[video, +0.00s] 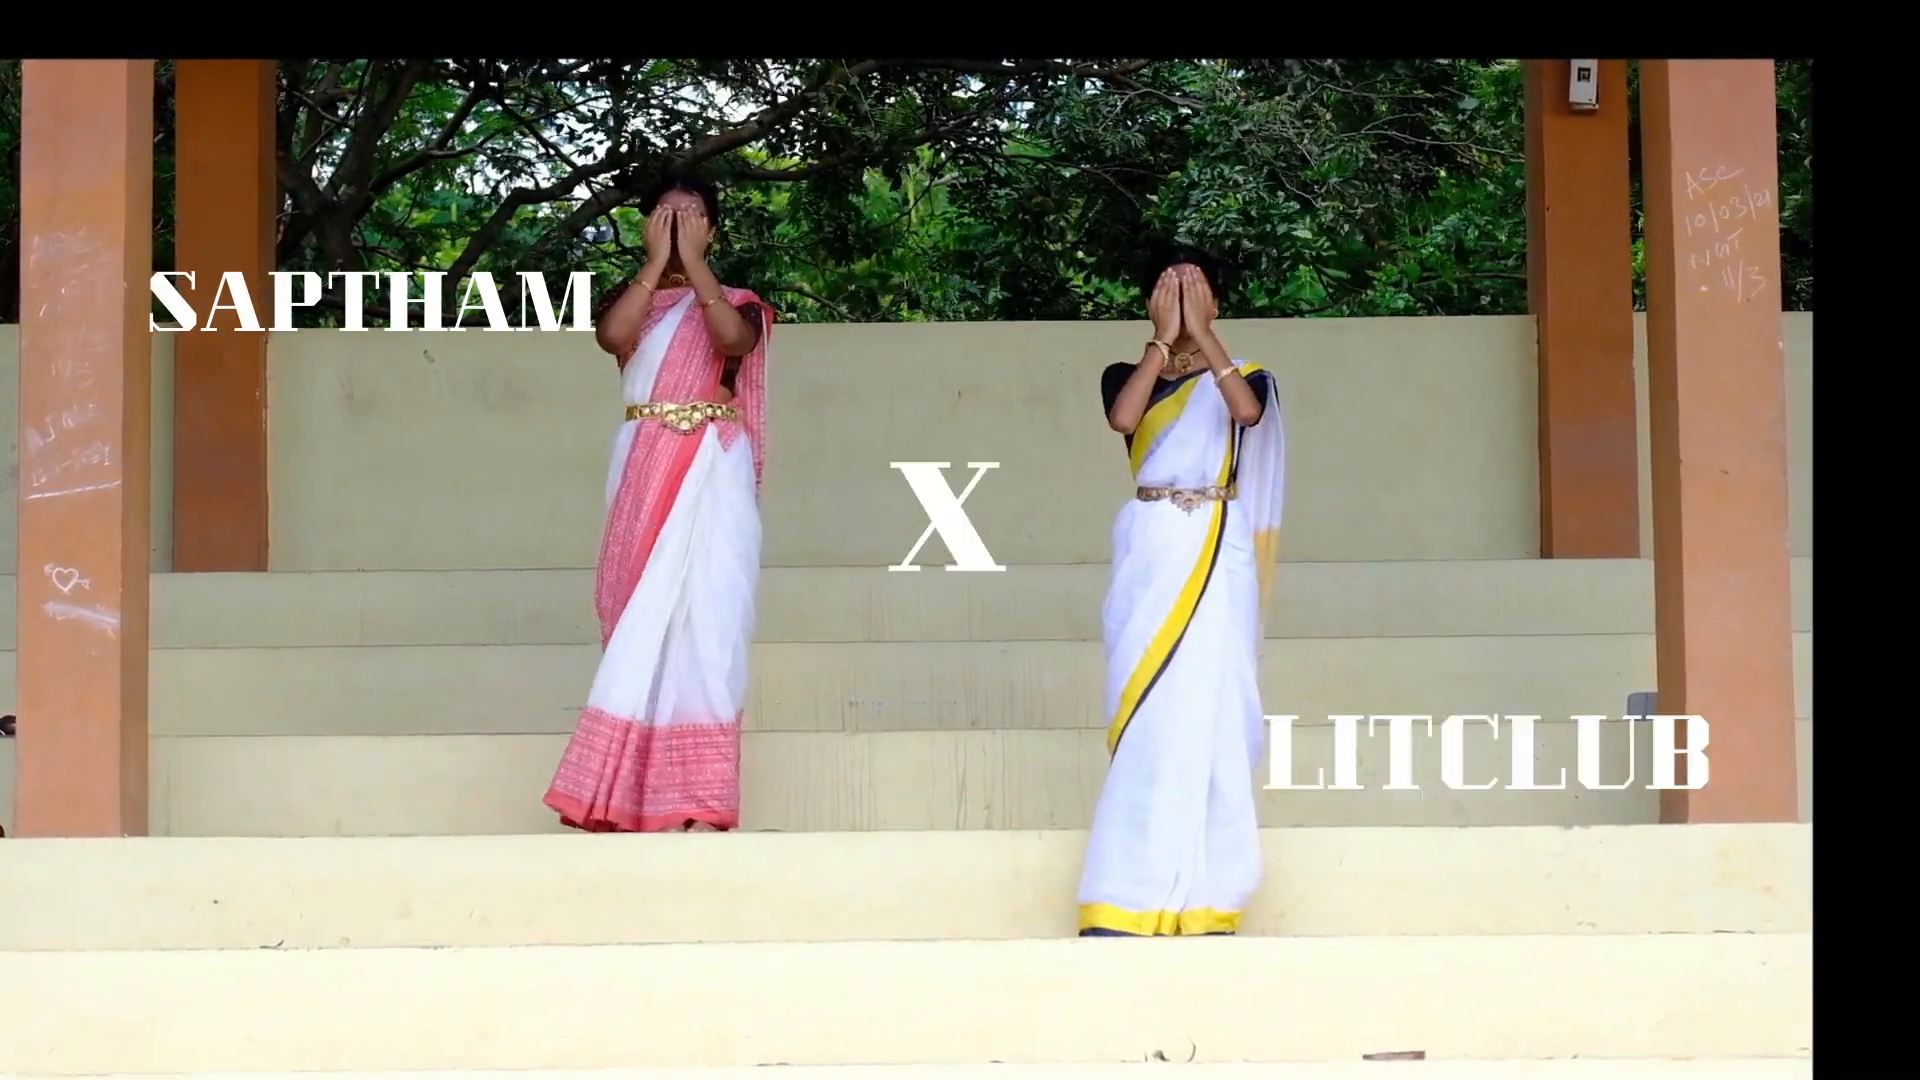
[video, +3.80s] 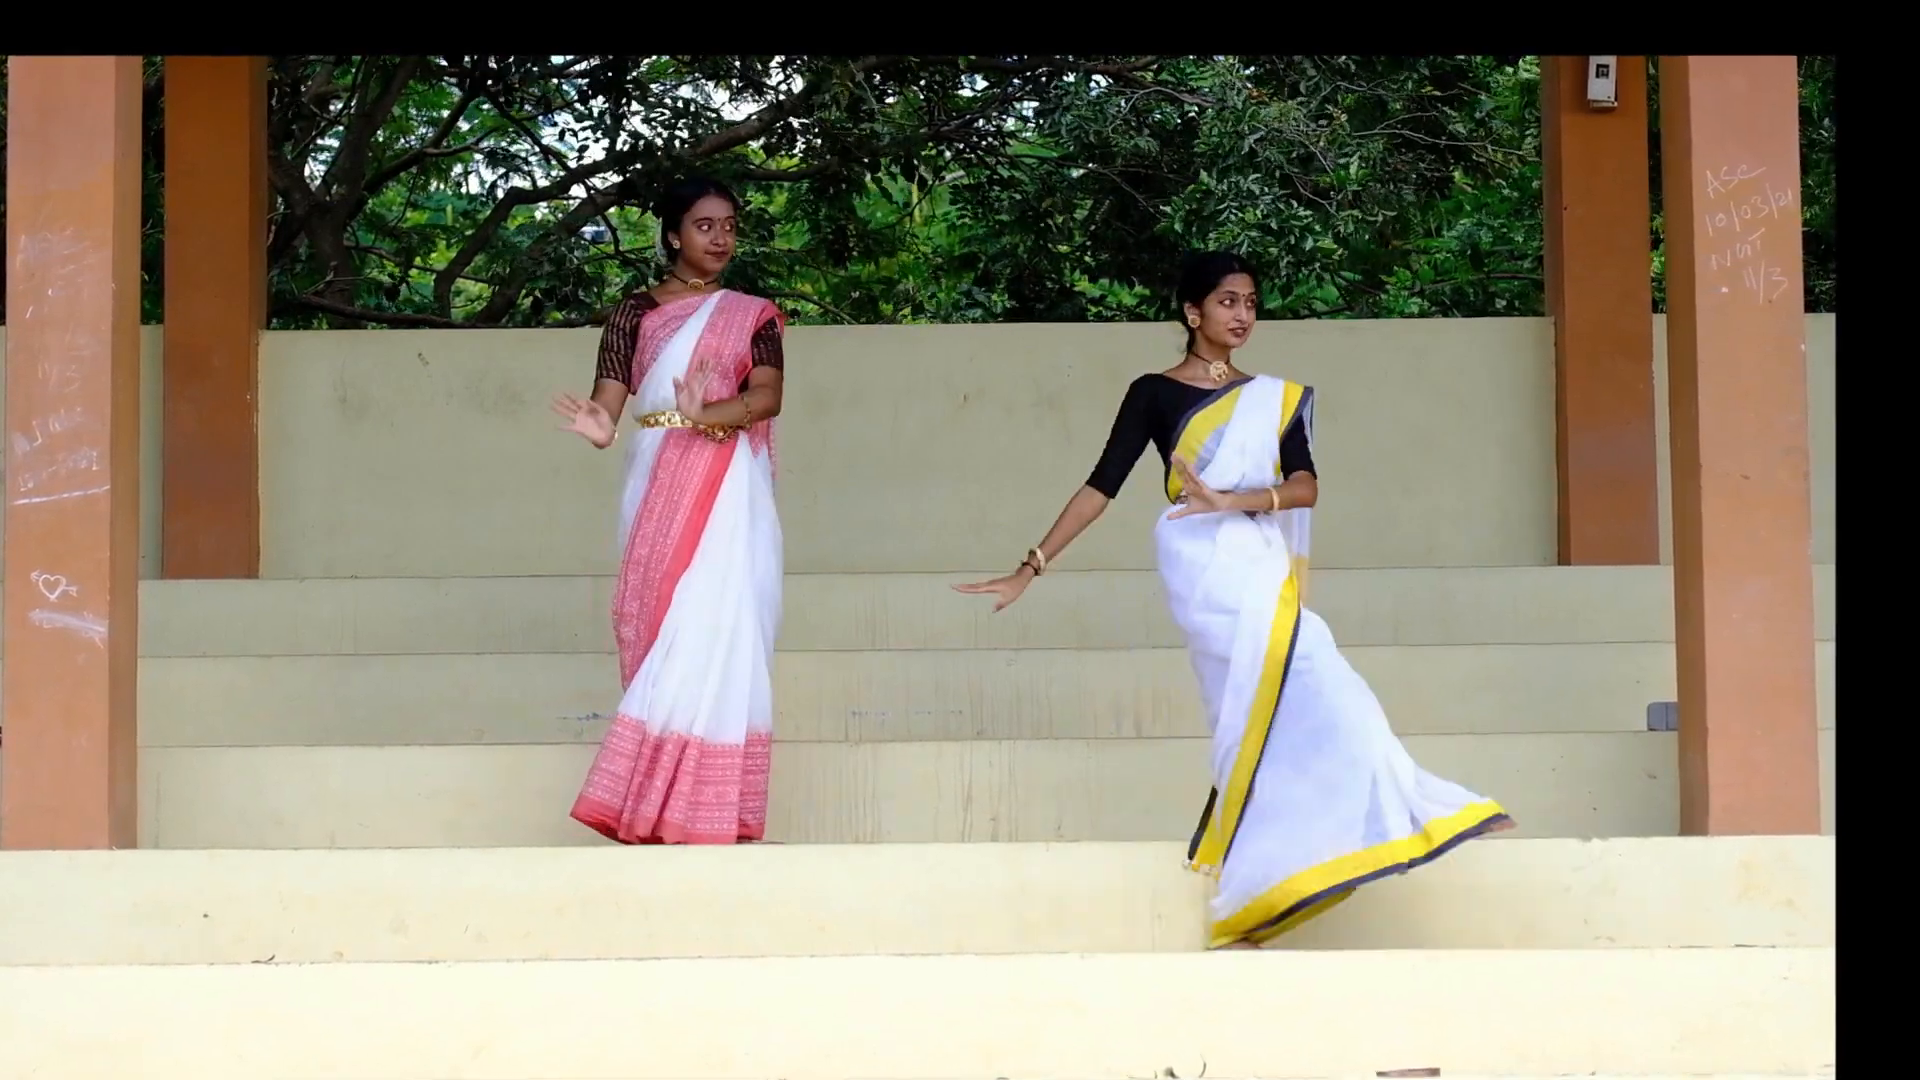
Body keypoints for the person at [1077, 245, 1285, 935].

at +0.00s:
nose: (1181, 304)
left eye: (1194, 290)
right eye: (1170, 290)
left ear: (1216, 303)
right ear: (1153, 304)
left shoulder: (1244, 376)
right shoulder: (1131, 377)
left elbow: (1245, 410)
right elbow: (1122, 417)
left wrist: (1203, 331)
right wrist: (1160, 342)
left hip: (1214, 553)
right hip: (1146, 551)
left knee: (1203, 711)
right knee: (1143, 710)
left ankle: (1203, 892)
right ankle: (1133, 892)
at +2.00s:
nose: (1214, 301)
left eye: (1223, 289)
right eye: (1203, 291)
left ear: (1243, 301)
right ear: (1181, 306)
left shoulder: (1267, 378)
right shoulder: (1156, 374)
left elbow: (1274, 409)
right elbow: (1094, 408)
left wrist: (1236, 329)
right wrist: (1139, 332)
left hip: (1228, 555)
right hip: (1159, 550)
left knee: (1220, 717)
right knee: (1152, 714)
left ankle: (1216, 901)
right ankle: (1143, 902)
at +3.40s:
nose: (1202, 320)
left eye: (1215, 309)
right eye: (1189, 308)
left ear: (1230, 315)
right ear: (1165, 313)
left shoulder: (1262, 382)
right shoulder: (1141, 382)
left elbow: (1286, 458)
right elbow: (1136, 457)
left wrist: (1253, 366)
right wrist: (1173, 373)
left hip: (1240, 558)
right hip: (1172, 555)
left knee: (1239, 720)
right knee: (1169, 718)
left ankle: (1238, 905)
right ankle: (1163, 906)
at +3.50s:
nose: (1213, 318)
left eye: (1224, 307)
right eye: (1200, 305)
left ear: (1236, 316)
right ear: (1174, 311)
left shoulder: (1273, 392)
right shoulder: (1145, 389)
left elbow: (1299, 496)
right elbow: (1123, 498)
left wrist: (1265, 448)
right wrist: (1178, 441)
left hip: (1255, 563)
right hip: (1183, 563)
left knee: (1254, 723)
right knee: (1186, 722)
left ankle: (1248, 908)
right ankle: (1175, 908)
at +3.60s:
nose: (1225, 320)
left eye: (1235, 309)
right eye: (1212, 307)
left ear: (1244, 318)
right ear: (1181, 312)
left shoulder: (1271, 400)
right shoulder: (1148, 395)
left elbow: (1299, 498)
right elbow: (1121, 497)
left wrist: (1261, 510)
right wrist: (1132, 520)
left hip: (1266, 572)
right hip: (1193, 570)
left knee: (1284, 722)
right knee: (1248, 726)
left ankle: (1247, 913)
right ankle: (1167, 900)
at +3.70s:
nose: (1235, 316)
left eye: (1243, 305)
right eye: (1221, 303)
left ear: (1250, 316)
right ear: (1188, 310)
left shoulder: (1271, 399)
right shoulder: (1151, 395)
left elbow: (1301, 494)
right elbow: (1115, 488)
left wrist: (1257, 518)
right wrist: (1079, 564)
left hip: (1266, 564)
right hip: (1196, 563)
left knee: (1287, 709)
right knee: (1255, 707)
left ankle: (1250, 895)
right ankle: (1223, 889)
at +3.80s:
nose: (1242, 316)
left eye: (1250, 304)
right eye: (1228, 302)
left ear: (1255, 313)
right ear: (1192, 309)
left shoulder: (1274, 396)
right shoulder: (1156, 393)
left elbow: (1305, 488)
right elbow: (1100, 486)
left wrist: (1228, 499)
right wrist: (1030, 566)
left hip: (1265, 555)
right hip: (1199, 555)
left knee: (1252, 706)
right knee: (1309, 648)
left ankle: (1246, 883)